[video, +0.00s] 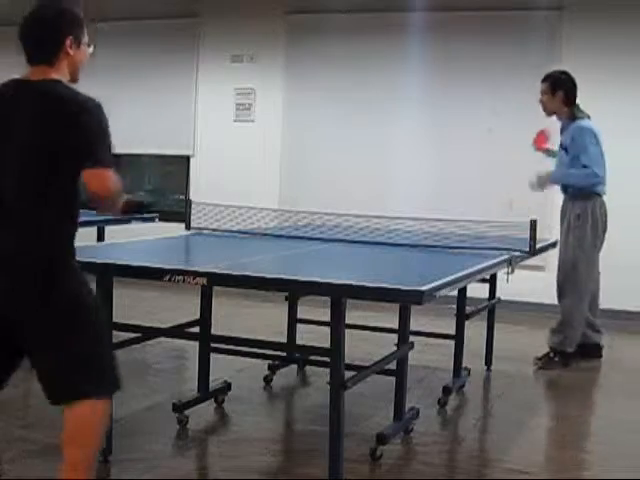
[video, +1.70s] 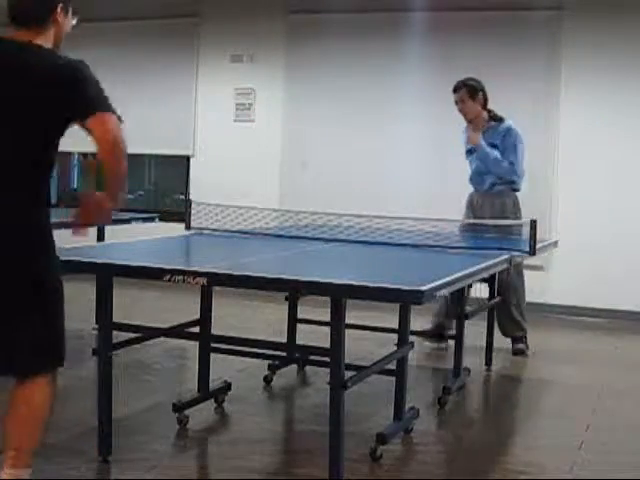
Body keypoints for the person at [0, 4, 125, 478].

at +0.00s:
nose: (86, 54)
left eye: (85, 45)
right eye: (85, 45)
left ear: (29, 47)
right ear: (70, 47)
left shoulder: (4, 96)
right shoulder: (79, 109)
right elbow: (100, 184)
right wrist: (116, 201)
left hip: (2, 267)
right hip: (44, 270)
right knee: (91, 386)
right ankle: (76, 472)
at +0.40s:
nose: (70, 47)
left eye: (70, 37)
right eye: (67, 37)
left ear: (20, 35)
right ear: (46, 37)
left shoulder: (5, 82)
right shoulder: (32, 92)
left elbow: (22, 173)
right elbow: (28, 176)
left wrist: (53, 180)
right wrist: (65, 184)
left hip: (11, 251)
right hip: (12, 253)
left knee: (28, 367)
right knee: (33, 371)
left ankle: (13, 468)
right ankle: (12, 470)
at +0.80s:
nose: (46, 58)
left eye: (48, 48)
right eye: (44, 47)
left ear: (16, 44)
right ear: (19, 43)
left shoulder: (8, 101)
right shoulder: (11, 105)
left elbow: (51, 190)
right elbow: (54, 194)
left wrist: (123, 214)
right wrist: (127, 216)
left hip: (2, 258)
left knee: (26, 356)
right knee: (27, 359)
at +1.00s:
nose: (67, 51)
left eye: (69, 41)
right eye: (65, 41)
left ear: (15, 39)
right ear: (40, 41)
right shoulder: (52, 102)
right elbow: (126, 158)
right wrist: (190, 187)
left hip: (5, 253)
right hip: (3, 254)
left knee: (24, 360)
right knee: (30, 364)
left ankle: (11, 468)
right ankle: (11, 472)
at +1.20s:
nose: (81, 36)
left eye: (81, 25)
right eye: (79, 25)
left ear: (22, 25)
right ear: (59, 29)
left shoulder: (4, 70)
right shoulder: (73, 92)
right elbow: (110, 161)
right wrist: (137, 158)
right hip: (22, 255)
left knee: (21, 374)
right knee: (31, 379)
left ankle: (14, 467)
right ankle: (15, 473)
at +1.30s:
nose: (76, 33)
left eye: (77, 23)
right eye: (75, 22)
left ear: (22, 19)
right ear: (59, 23)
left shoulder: (2, 66)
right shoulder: (73, 89)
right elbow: (81, 173)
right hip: (26, 247)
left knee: (21, 367)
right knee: (28, 372)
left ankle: (15, 465)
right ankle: (17, 471)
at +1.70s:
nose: (70, 25)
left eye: (70, 17)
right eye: (70, 16)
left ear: (10, 15)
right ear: (58, 15)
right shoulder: (60, 71)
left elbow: (108, 133)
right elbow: (109, 133)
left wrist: (105, 195)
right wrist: (110, 195)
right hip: (18, 236)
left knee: (34, 359)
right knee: (36, 363)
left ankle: (13, 465)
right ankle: (13, 468)